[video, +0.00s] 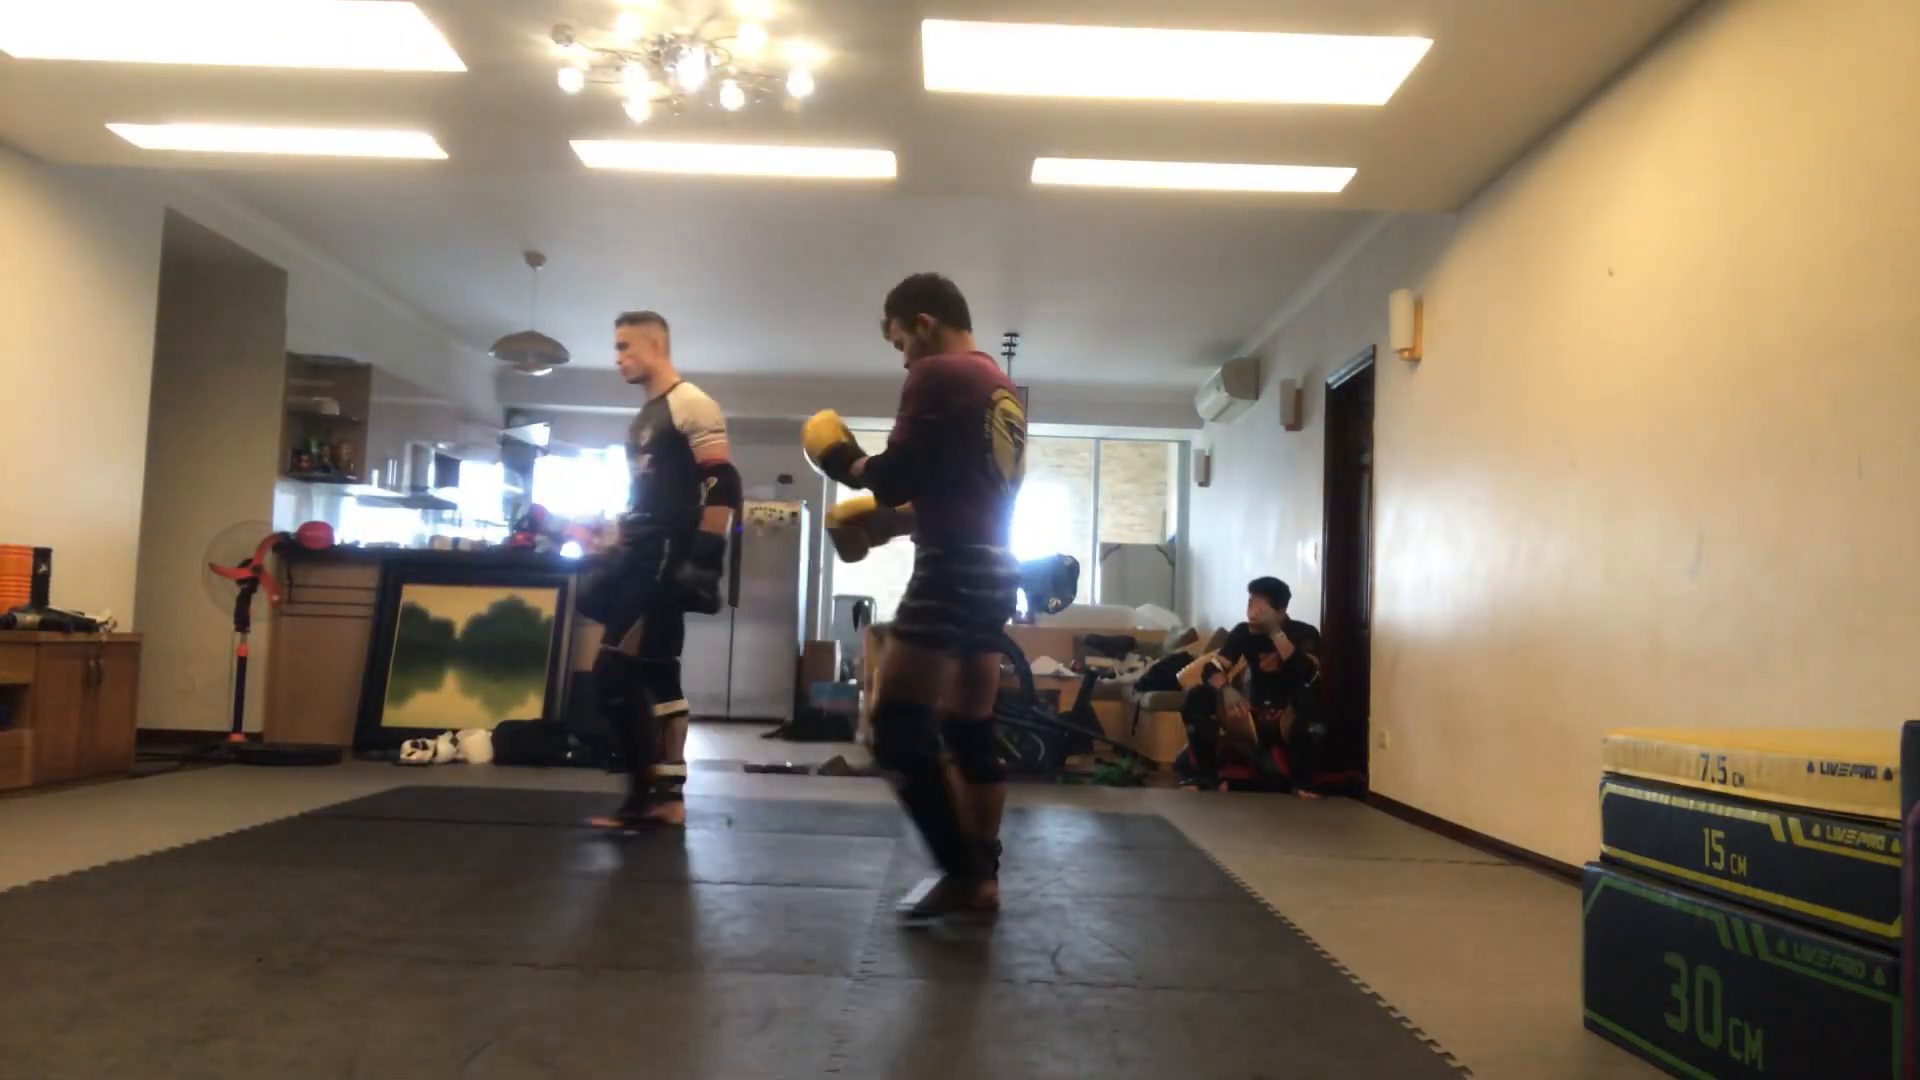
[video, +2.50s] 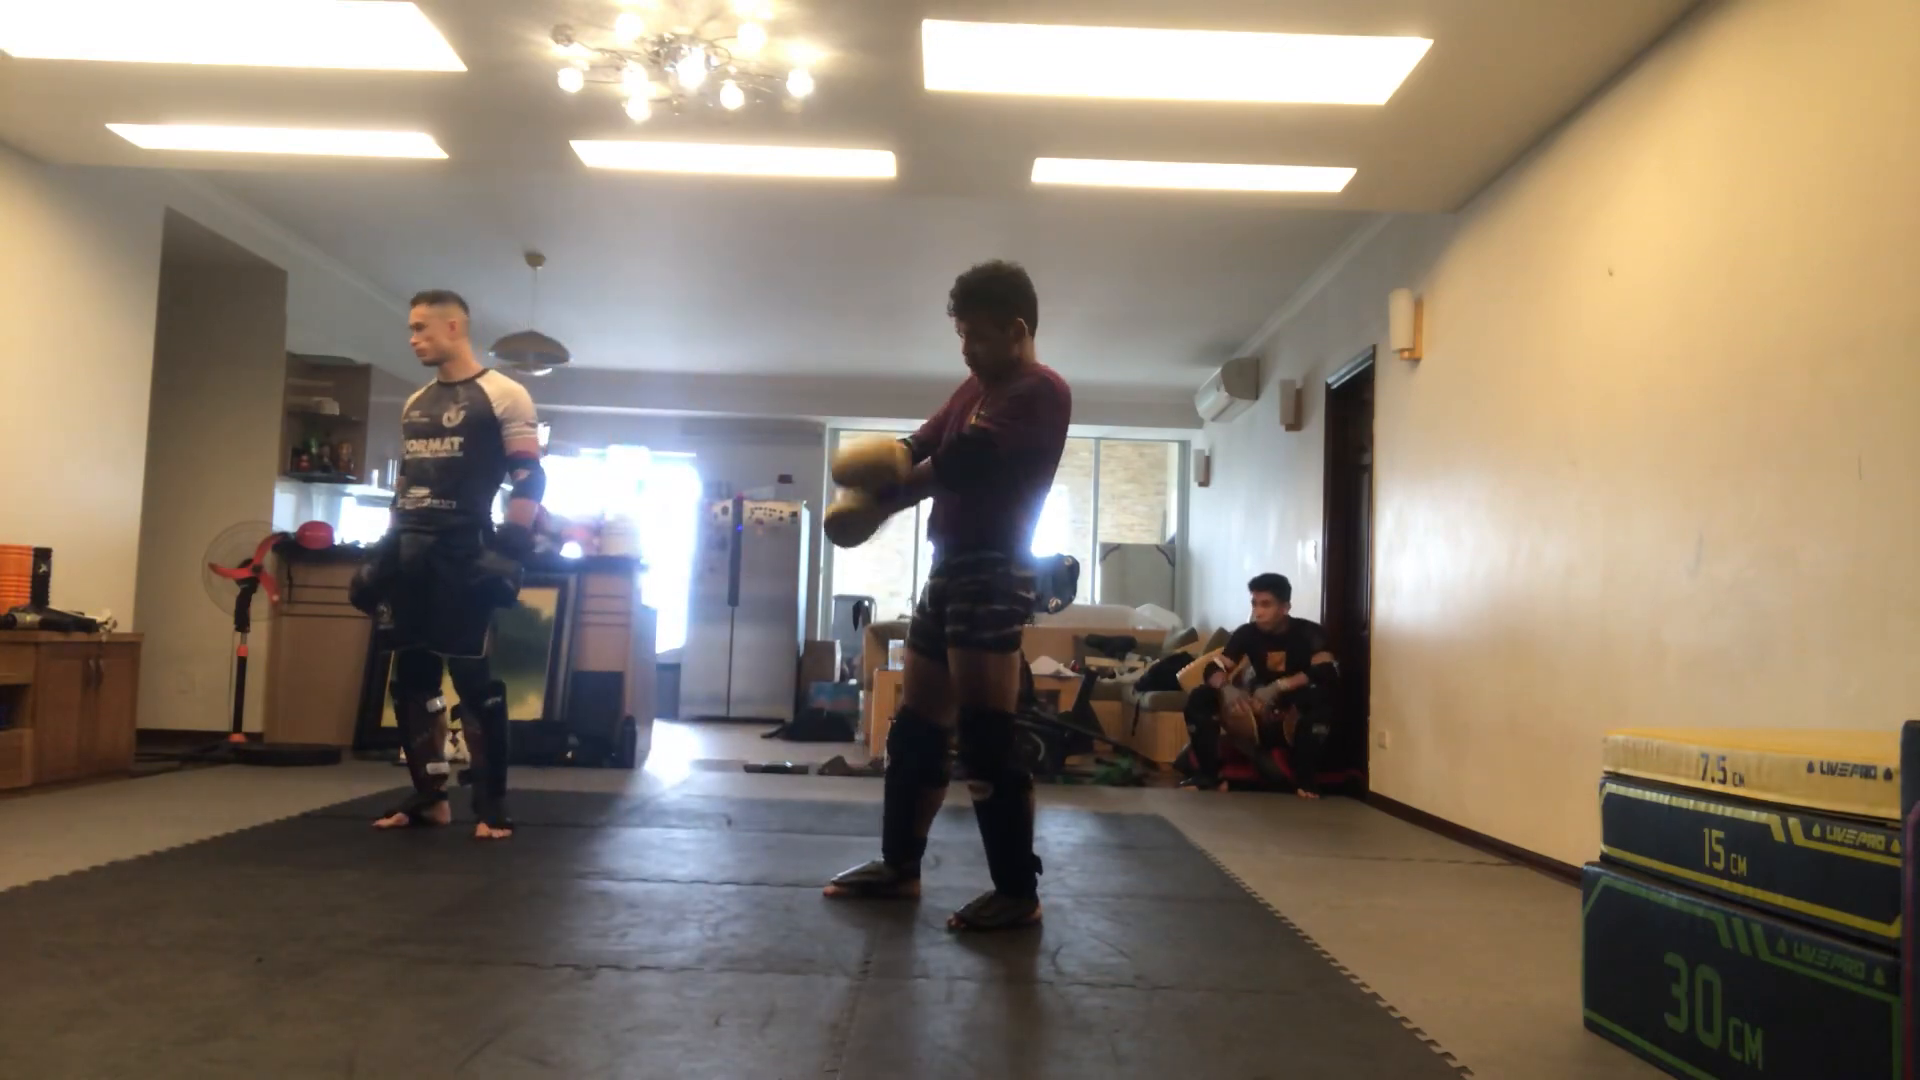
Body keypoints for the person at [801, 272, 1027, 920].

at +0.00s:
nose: (901, 354)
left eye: (899, 340)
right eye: (896, 342)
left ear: (924, 324)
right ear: (951, 326)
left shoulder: (935, 374)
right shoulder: (1000, 382)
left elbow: (897, 474)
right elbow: (965, 490)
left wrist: (841, 459)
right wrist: (880, 522)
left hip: (947, 568)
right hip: (992, 568)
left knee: (898, 723)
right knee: (971, 727)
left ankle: (960, 873)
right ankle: (979, 880)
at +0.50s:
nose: (915, 371)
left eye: (916, 356)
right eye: (908, 360)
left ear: (954, 334)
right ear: (951, 339)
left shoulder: (993, 387)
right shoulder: (970, 394)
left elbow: (977, 511)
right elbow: (956, 500)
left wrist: (913, 531)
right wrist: (914, 522)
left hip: (978, 586)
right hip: (948, 586)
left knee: (977, 732)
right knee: (915, 727)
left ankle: (1017, 891)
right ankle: (968, 865)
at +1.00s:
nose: (913, 363)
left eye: (917, 347)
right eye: (905, 351)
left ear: (960, 334)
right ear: (924, 345)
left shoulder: (1000, 386)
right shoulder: (931, 399)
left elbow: (967, 489)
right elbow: (900, 482)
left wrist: (900, 535)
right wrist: (851, 492)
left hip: (974, 576)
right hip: (922, 577)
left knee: (972, 733)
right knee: (883, 727)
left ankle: (1017, 893)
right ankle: (895, 867)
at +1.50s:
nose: (933, 362)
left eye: (940, 346)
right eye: (926, 349)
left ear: (980, 334)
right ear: (928, 342)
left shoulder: (1016, 387)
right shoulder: (936, 396)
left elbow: (988, 485)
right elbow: (907, 473)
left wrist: (924, 537)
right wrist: (885, 515)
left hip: (991, 578)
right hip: (935, 579)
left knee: (985, 733)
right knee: (893, 727)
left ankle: (1017, 893)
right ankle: (897, 868)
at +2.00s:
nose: (949, 359)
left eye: (958, 343)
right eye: (944, 345)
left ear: (1001, 331)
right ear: (946, 338)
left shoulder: (1034, 390)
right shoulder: (960, 401)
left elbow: (1004, 490)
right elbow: (938, 502)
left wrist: (922, 537)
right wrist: (896, 466)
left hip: (997, 575)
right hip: (945, 574)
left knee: (989, 734)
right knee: (906, 728)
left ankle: (1018, 893)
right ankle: (899, 868)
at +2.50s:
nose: (963, 347)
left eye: (974, 333)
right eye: (960, 333)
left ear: (1018, 328)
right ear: (969, 329)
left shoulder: (1042, 391)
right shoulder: (972, 390)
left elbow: (966, 464)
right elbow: (918, 446)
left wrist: (884, 503)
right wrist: (868, 478)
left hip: (993, 576)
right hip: (945, 575)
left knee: (988, 735)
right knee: (919, 728)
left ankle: (1017, 893)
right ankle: (899, 869)